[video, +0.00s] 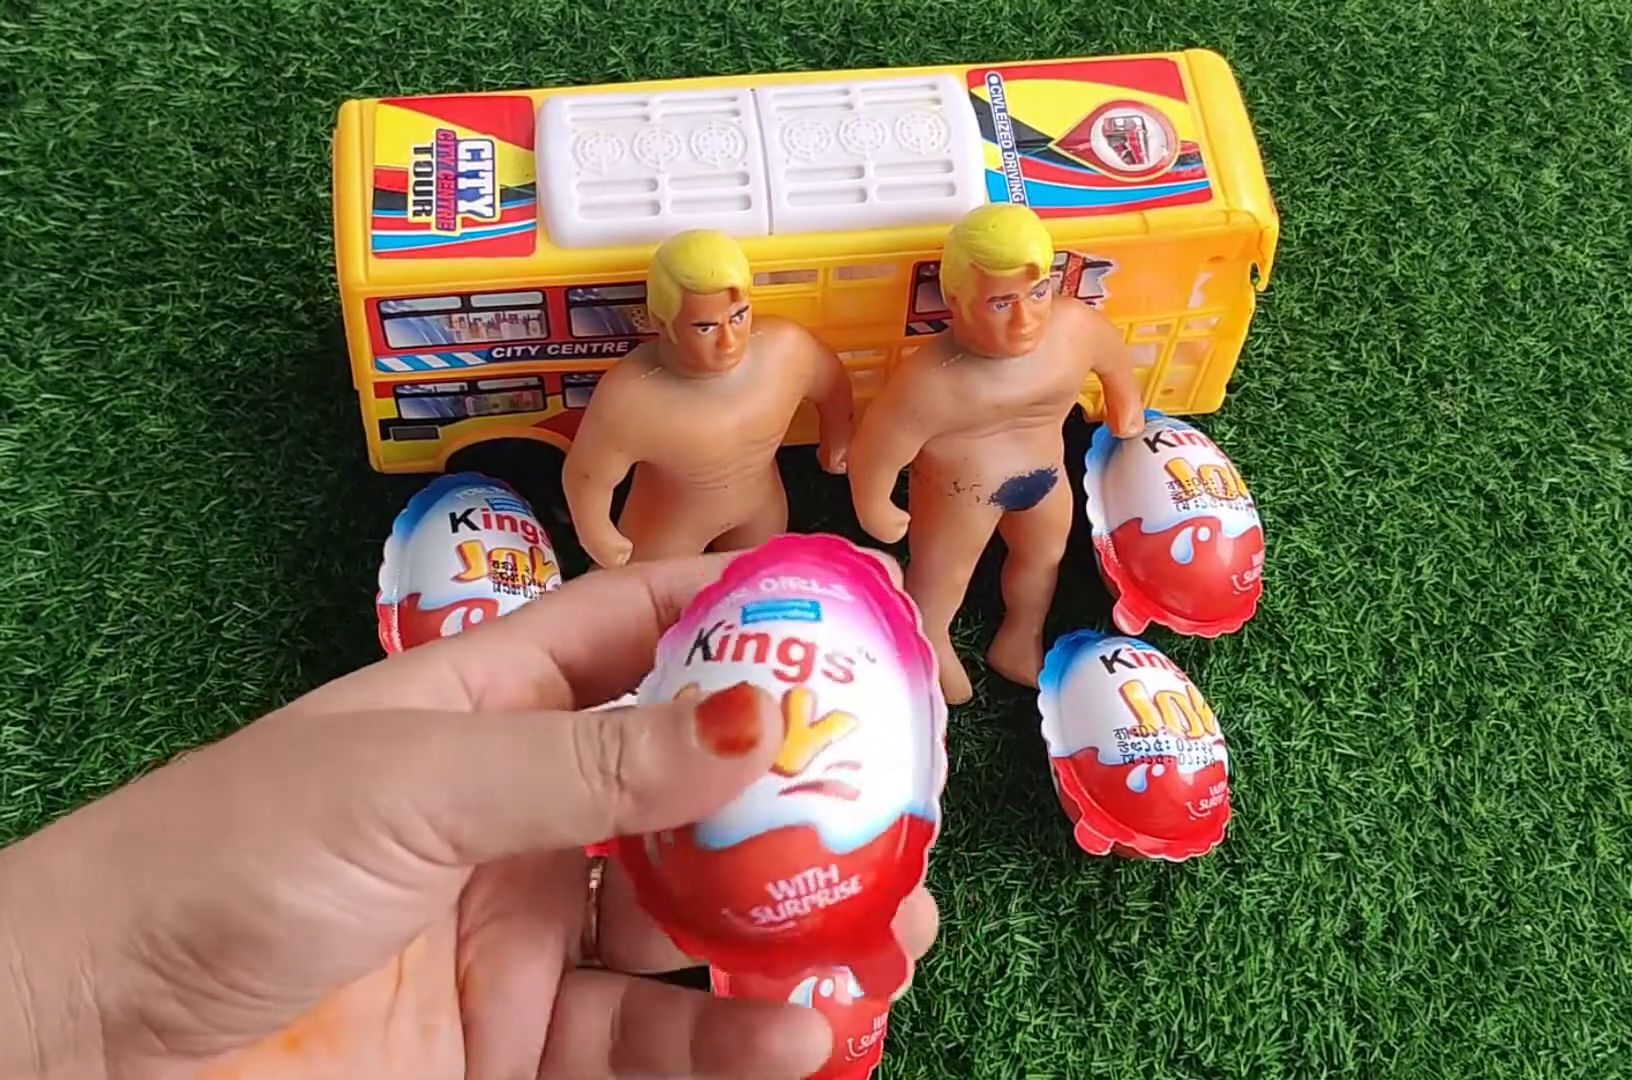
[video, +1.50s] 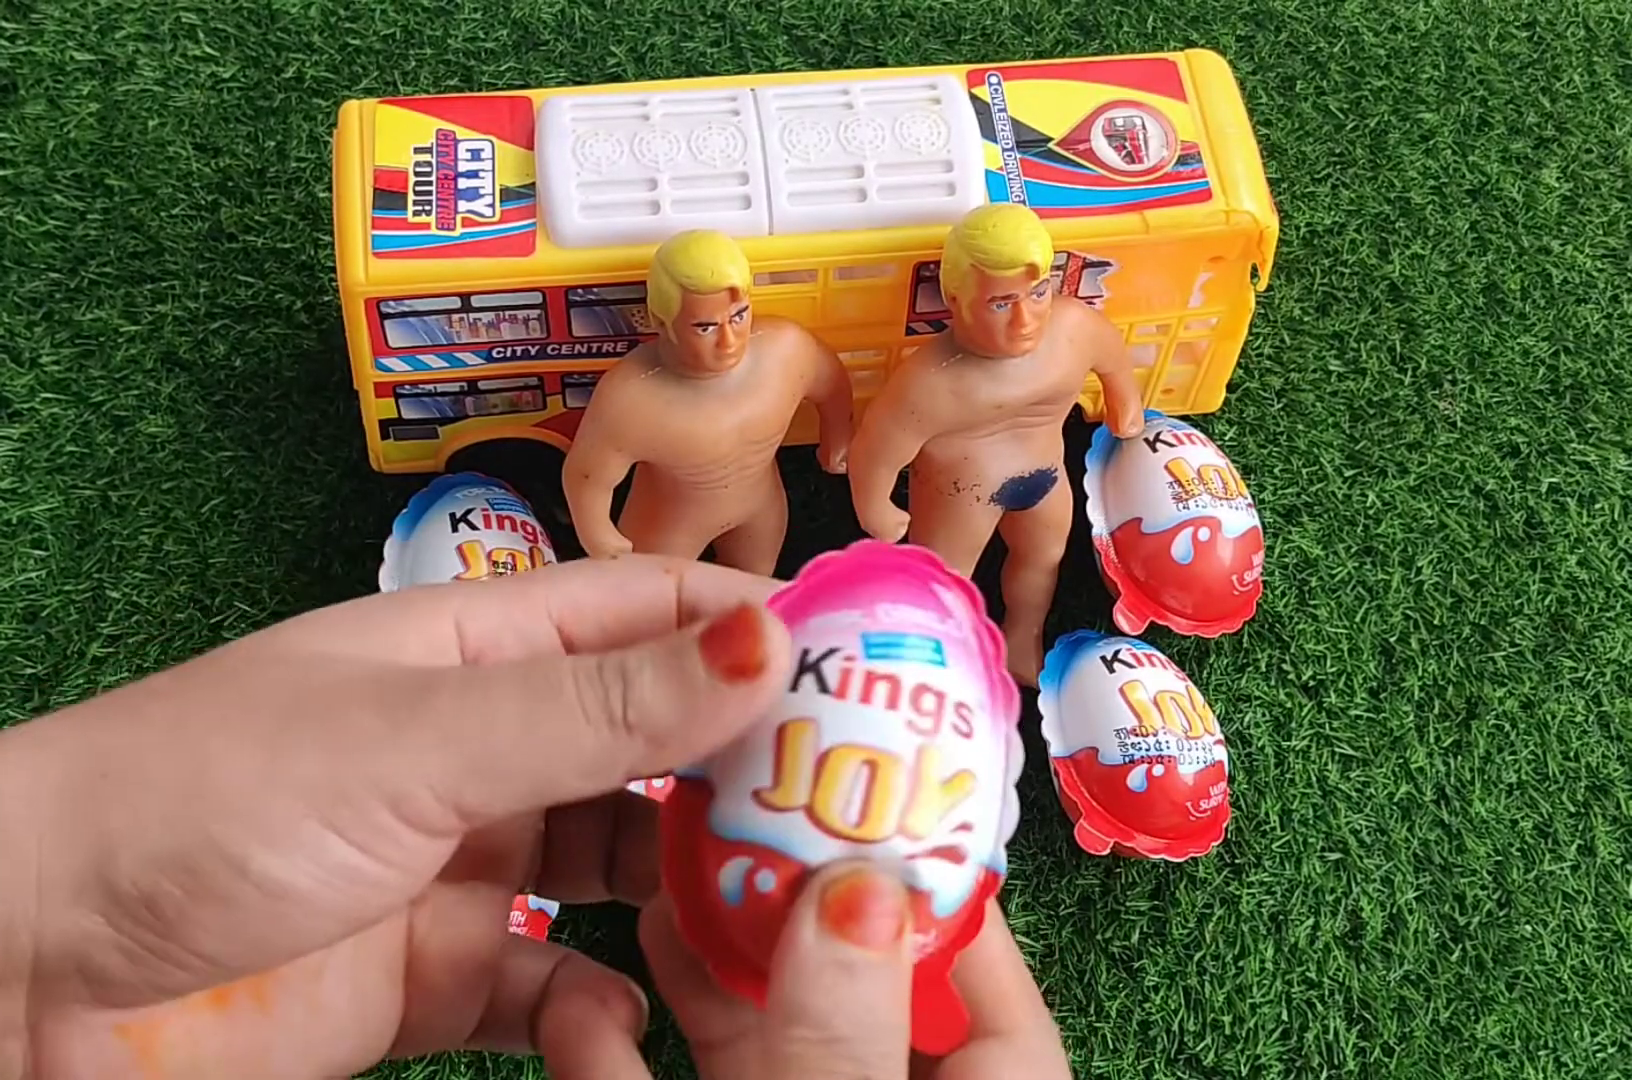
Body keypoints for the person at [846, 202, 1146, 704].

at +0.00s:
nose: (1023, 317)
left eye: (1036, 294)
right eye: (1000, 302)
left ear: (1050, 284)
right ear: (953, 304)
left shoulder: (1079, 328)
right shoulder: (927, 382)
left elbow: (1114, 360)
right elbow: (873, 453)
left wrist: (1126, 410)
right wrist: (878, 515)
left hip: (1045, 477)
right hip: (959, 493)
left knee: (1041, 560)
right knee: (942, 578)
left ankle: (1021, 642)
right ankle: (933, 642)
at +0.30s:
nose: (1023, 317)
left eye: (1036, 295)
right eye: (1000, 303)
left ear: (1051, 284)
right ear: (953, 304)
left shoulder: (1078, 327)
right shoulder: (927, 382)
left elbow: (1114, 359)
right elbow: (873, 452)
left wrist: (1127, 409)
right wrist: (877, 512)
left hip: (1045, 476)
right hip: (959, 491)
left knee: (1041, 560)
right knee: (942, 580)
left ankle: (1020, 642)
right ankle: (934, 648)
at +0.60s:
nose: (1025, 317)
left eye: (1037, 294)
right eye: (1000, 303)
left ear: (1051, 284)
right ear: (952, 303)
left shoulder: (1078, 327)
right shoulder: (927, 381)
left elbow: (1116, 364)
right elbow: (872, 456)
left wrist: (1127, 411)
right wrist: (876, 511)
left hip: (1044, 477)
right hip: (959, 488)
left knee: (1041, 563)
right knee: (946, 573)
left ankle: (1022, 646)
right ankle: (936, 653)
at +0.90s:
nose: (1025, 318)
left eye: (1038, 294)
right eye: (1000, 303)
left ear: (1052, 284)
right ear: (952, 303)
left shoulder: (1078, 327)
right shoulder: (927, 382)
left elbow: (1116, 363)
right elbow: (870, 466)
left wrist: (1127, 412)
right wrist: (882, 548)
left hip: (1044, 478)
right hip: (959, 491)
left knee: (1040, 564)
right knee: (949, 570)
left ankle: (1025, 644)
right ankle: (939, 649)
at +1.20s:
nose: (1025, 318)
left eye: (1037, 294)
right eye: (1000, 303)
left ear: (1051, 284)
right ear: (952, 303)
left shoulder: (1079, 327)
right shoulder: (927, 382)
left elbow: (1116, 364)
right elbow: (870, 465)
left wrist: (1127, 413)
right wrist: (886, 544)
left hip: (1044, 478)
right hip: (959, 490)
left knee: (1040, 564)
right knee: (945, 572)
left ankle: (1024, 646)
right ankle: (931, 649)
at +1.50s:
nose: (1025, 318)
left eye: (1038, 294)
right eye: (1001, 303)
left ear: (1051, 284)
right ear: (952, 303)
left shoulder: (1079, 327)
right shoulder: (928, 381)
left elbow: (1116, 364)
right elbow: (871, 459)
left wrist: (1127, 410)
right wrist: (879, 516)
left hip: (1044, 478)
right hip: (959, 491)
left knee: (1040, 565)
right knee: (942, 579)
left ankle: (1023, 644)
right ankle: (928, 656)